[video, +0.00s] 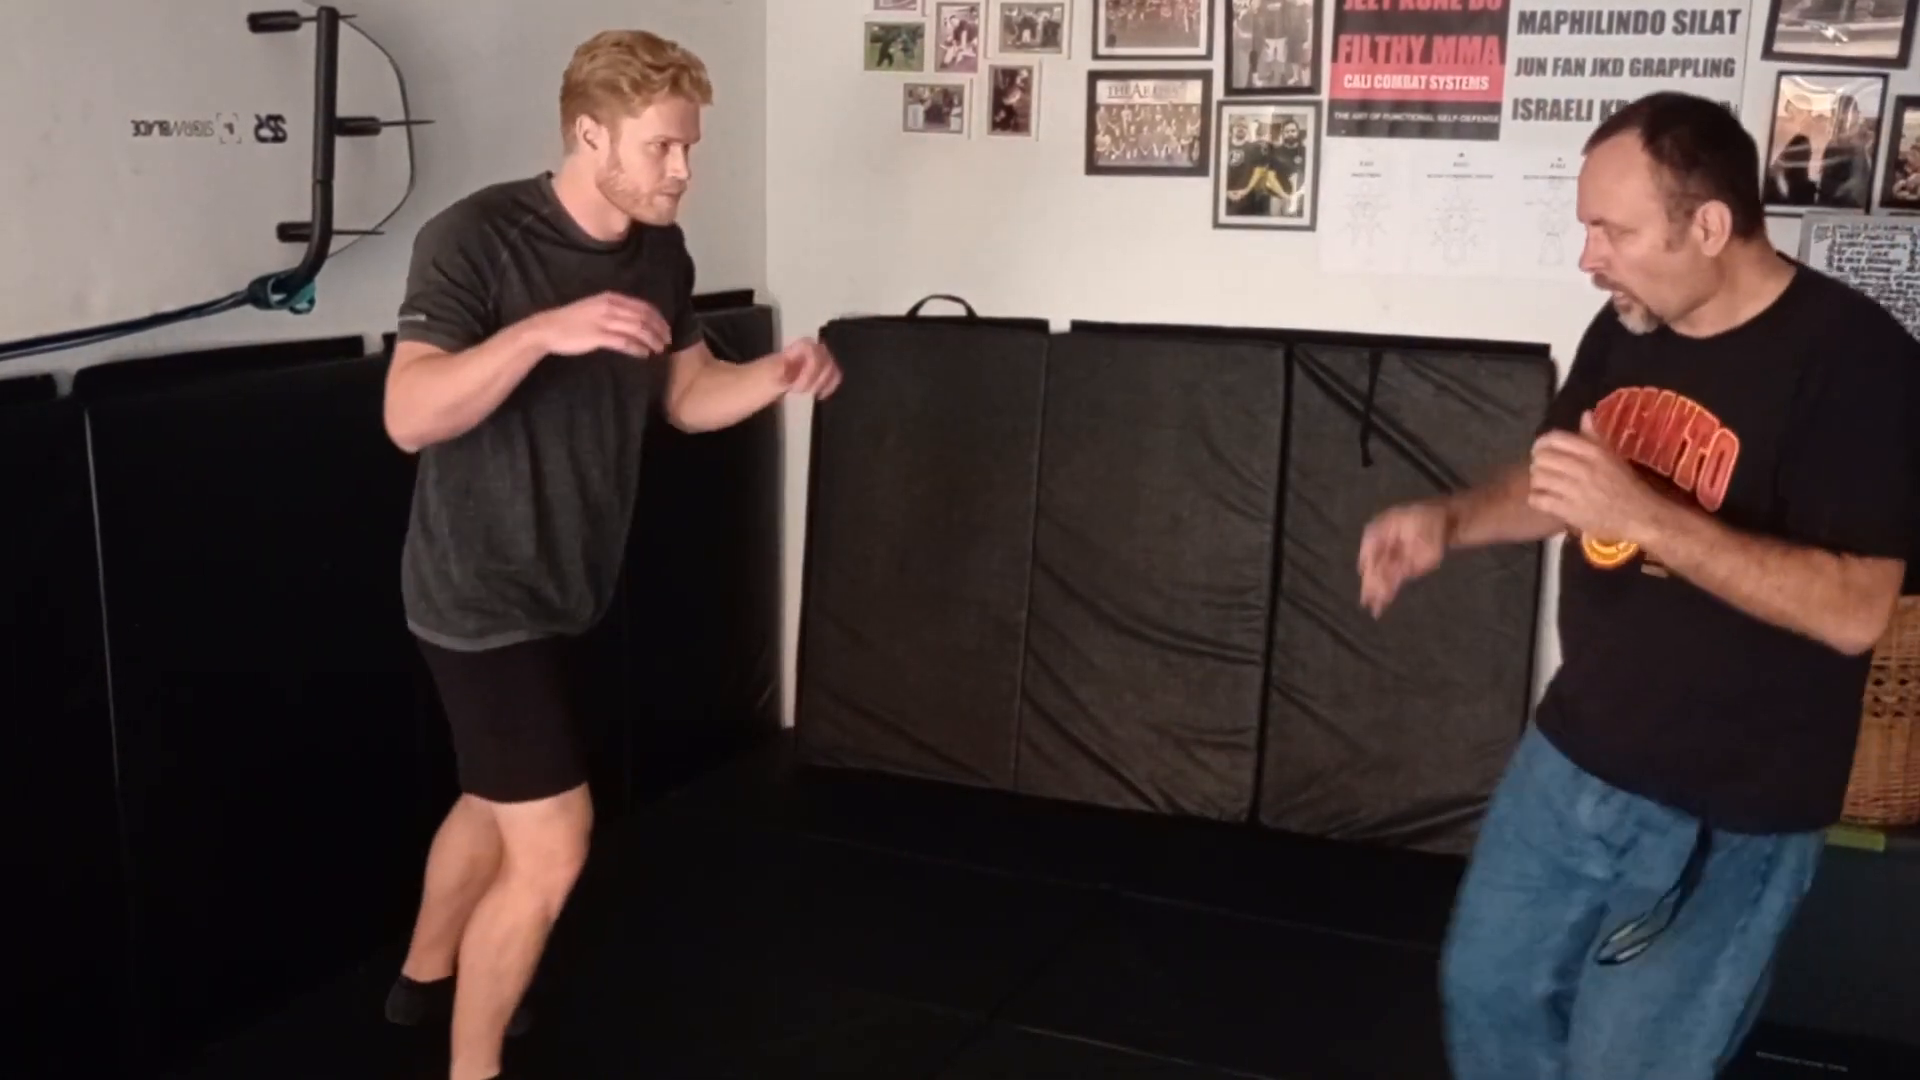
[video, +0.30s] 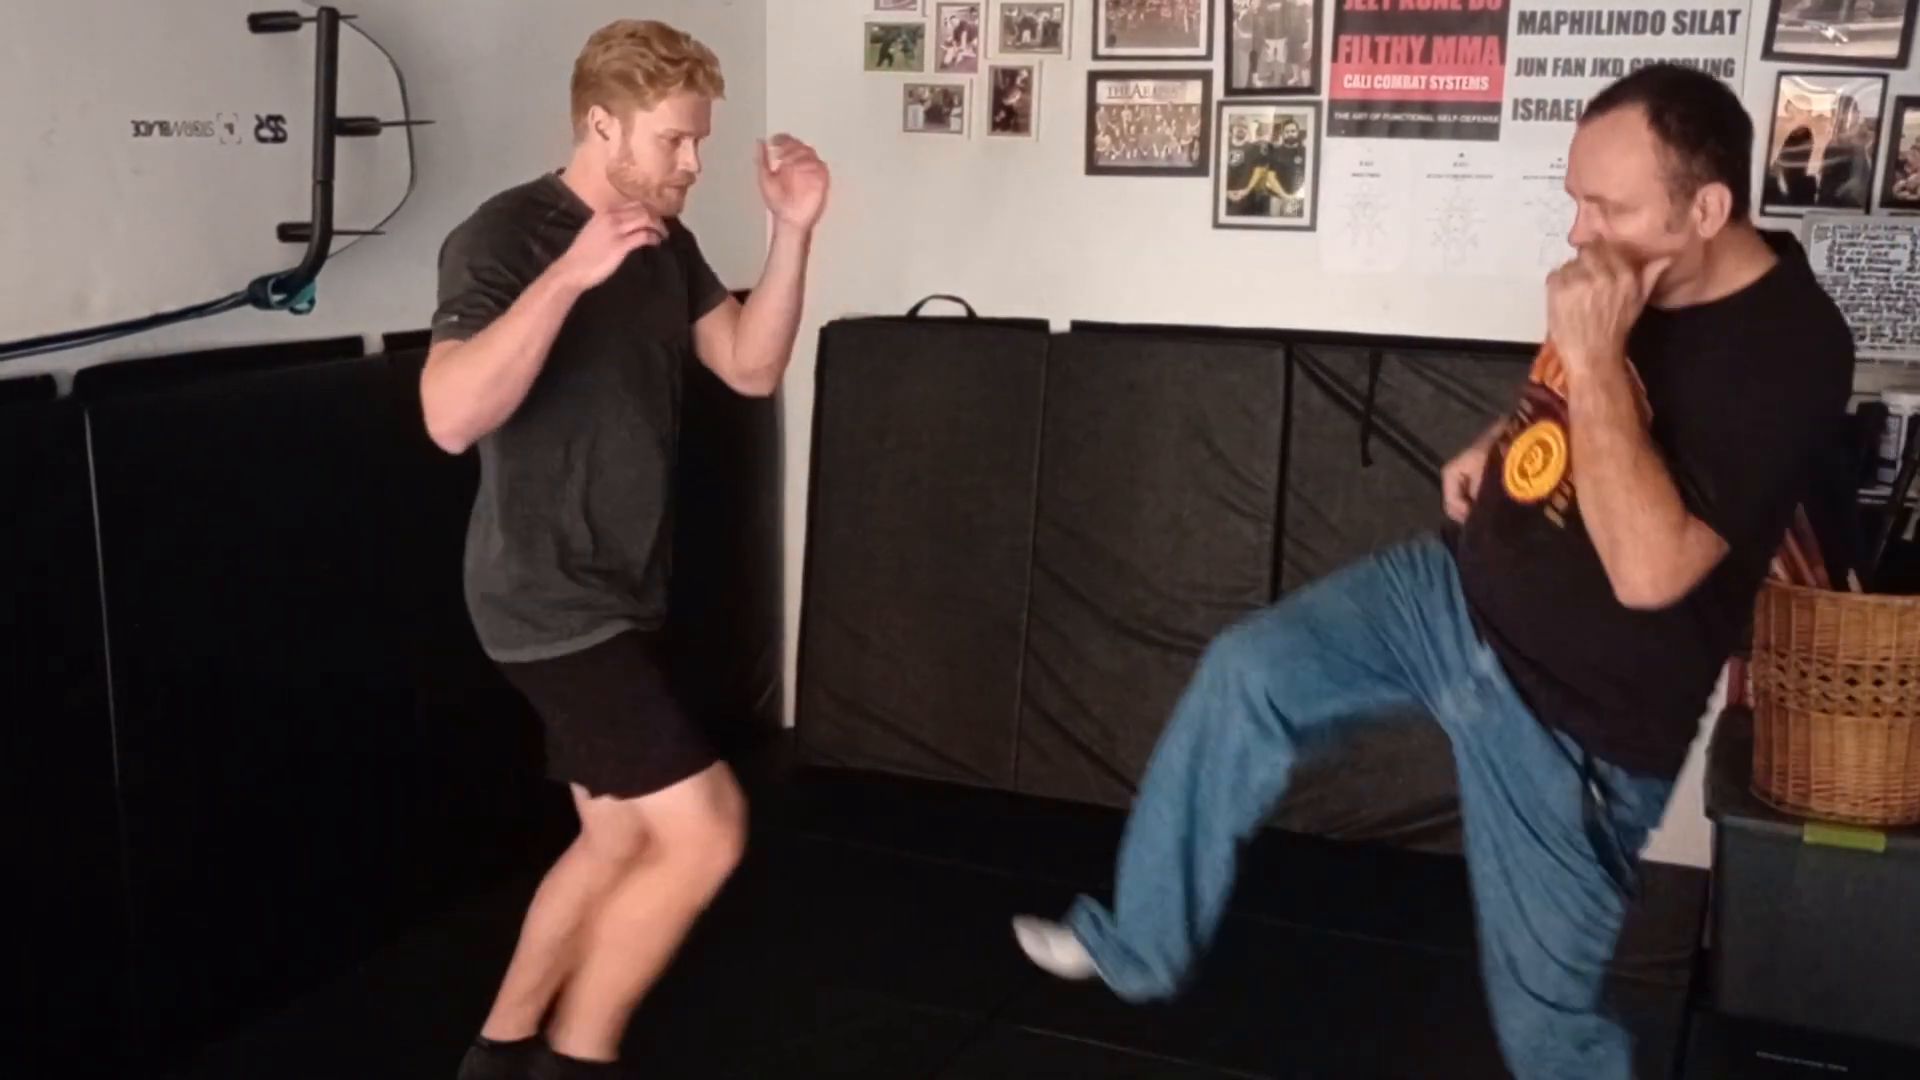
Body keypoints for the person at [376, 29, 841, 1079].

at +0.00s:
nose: (687, 172)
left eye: (692, 147)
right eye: (668, 148)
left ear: (687, 140)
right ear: (590, 137)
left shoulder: (657, 253)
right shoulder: (474, 240)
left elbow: (687, 396)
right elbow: (409, 414)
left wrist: (775, 372)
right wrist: (540, 331)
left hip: (576, 593)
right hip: (476, 596)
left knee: (494, 810)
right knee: (550, 846)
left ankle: (420, 983)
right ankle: (472, 1071)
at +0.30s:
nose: (695, 163)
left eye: (702, 140)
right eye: (677, 139)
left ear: (627, 133)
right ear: (601, 127)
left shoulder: (664, 245)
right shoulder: (502, 237)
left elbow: (748, 364)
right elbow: (451, 416)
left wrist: (791, 232)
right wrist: (568, 276)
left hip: (627, 591)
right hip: (543, 599)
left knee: (613, 842)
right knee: (703, 832)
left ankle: (499, 1048)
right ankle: (575, 1057)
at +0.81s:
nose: (864, 190)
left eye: (869, 168)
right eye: (846, 168)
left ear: (783, 155)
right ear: (772, 154)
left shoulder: (790, 264)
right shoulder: (670, 264)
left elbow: (900, 391)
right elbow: (750, 425)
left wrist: (914, 243)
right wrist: (821, 254)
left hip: (722, 624)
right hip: (705, 638)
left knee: (672, 843)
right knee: (835, 899)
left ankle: (518, 1025)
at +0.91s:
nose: (868, 191)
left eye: (874, 168)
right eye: (851, 167)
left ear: (787, 155)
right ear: (778, 155)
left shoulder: (797, 261)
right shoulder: (679, 263)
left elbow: (903, 394)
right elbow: (760, 425)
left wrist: (920, 242)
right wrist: (828, 252)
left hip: (723, 628)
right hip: (722, 641)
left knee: (671, 846)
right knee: (856, 897)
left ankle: (515, 1040)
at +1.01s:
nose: (867, 186)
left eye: (872, 164)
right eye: (852, 162)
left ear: (785, 150)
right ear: (781, 150)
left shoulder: (790, 256)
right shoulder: (675, 261)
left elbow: (899, 387)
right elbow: (762, 424)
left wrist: (919, 236)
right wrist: (827, 247)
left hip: (710, 628)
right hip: (723, 642)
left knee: (671, 845)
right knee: (849, 903)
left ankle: (519, 1043)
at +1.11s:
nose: (852, 189)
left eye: (857, 165)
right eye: (834, 164)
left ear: (772, 152)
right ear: (761, 153)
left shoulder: (771, 255)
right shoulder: (658, 266)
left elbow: (883, 385)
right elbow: (755, 432)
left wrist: (911, 233)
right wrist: (816, 250)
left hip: (704, 627)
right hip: (707, 644)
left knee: (674, 845)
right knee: (838, 905)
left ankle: (501, 1031)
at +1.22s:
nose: (815, 195)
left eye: (816, 172)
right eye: (798, 172)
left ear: (739, 159)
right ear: (725, 160)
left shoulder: (735, 263)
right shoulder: (622, 277)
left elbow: (838, 400)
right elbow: (714, 451)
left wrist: (877, 252)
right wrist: (784, 267)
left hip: (712, 635)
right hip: (674, 650)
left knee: (681, 854)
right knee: (822, 900)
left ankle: (484, 1024)